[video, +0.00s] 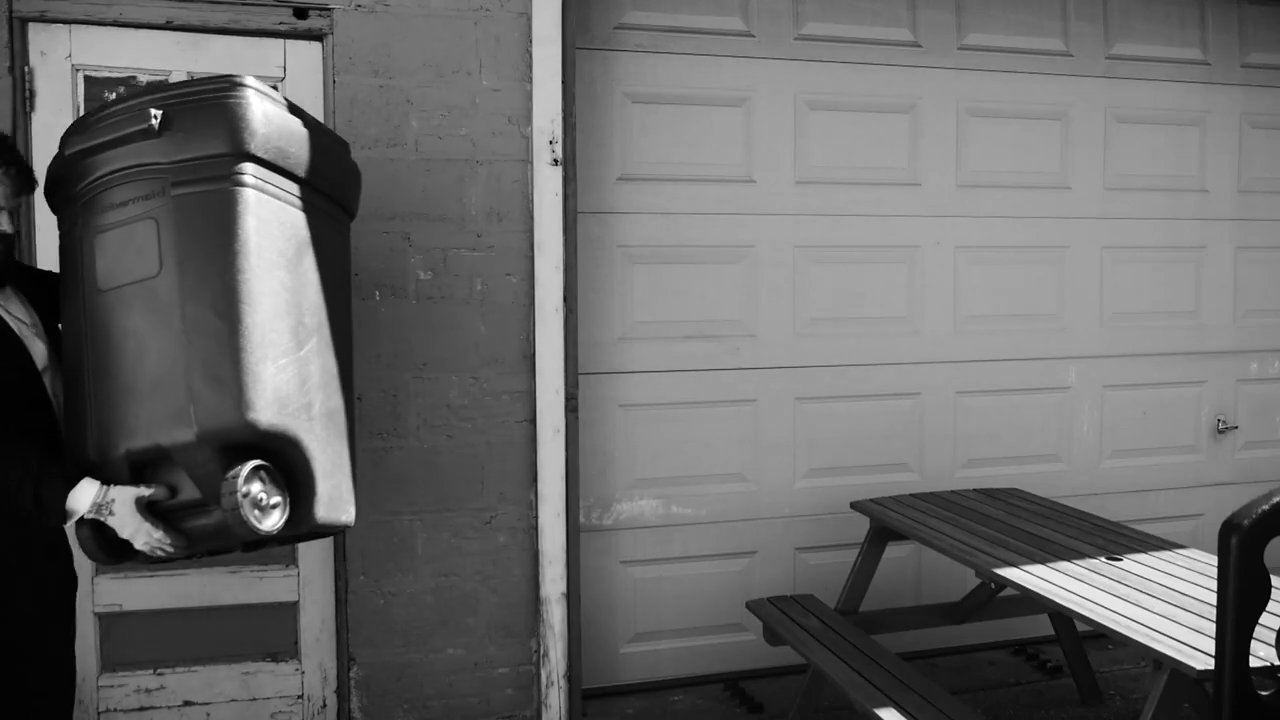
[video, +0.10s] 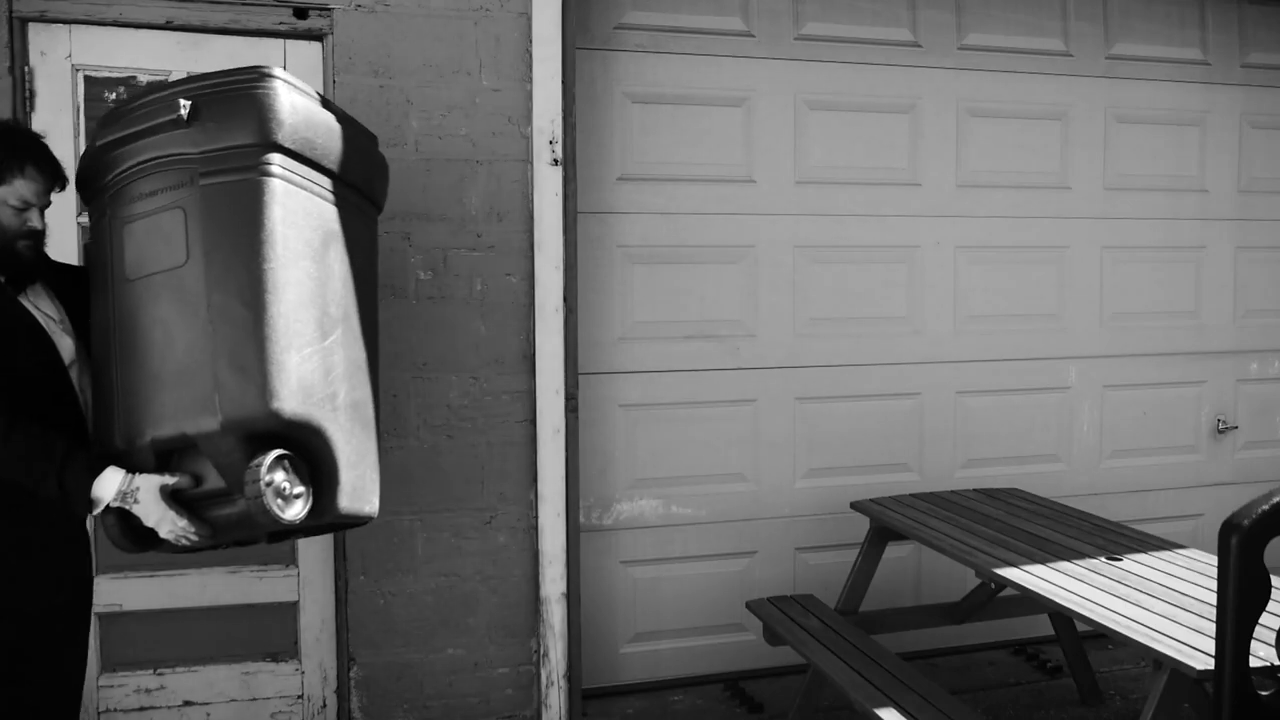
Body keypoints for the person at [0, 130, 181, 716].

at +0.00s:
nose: (13, 224)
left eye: (19, 207)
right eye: (5, 209)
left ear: (29, 207)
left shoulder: (50, 295)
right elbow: (5, 451)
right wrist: (98, 500)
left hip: (45, 563)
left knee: (50, 698)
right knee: (23, 697)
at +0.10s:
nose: (37, 223)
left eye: (43, 207)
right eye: (20, 208)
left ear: (52, 203)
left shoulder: (71, 286)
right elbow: (6, 433)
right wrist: (118, 487)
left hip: (65, 541)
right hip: (8, 545)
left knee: (57, 696)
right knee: (19, 697)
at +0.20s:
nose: (63, 220)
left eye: (71, 205)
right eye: (47, 204)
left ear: (79, 201)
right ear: (3, 199)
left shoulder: (87, 281)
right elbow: (16, 430)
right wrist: (145, 479)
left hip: (82, 535)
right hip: (18, 541)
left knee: (74, 692)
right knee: (31, 695)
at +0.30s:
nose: (90, 222)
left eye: (96, 207)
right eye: (74, 205)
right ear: (17, 198)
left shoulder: (97, 278)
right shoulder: (2, 285)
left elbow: (197, 280)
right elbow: (37, 428)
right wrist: (169, 476)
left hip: (97, 538)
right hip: (34, 549)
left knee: (84, 691)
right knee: (88, 695)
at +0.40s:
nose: (116, 226)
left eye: (121, 210)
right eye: (100, 210)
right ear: (44, 202)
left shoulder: (108, 278)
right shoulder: (14, 290)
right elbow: (70, 431)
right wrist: (206, 480)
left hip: (117, 550)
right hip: (60, 562)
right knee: (108, 702)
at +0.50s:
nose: (144, 232)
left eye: (147, 216)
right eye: (126, 218)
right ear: (69, 211)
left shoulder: (122, 274)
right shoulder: (40, 311)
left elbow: (213, 282)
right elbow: (108, 444)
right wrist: (245, 488)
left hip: (144, 551)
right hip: (95, 569)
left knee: (141, 697)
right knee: (132, 703)